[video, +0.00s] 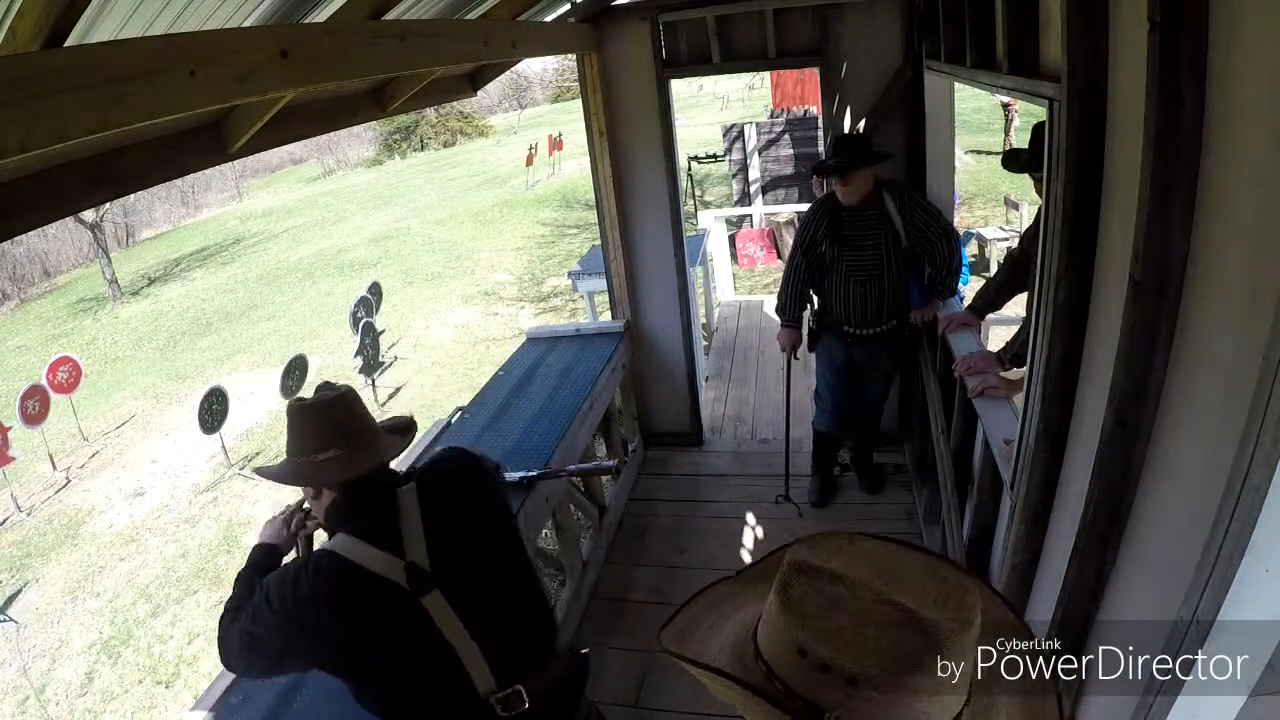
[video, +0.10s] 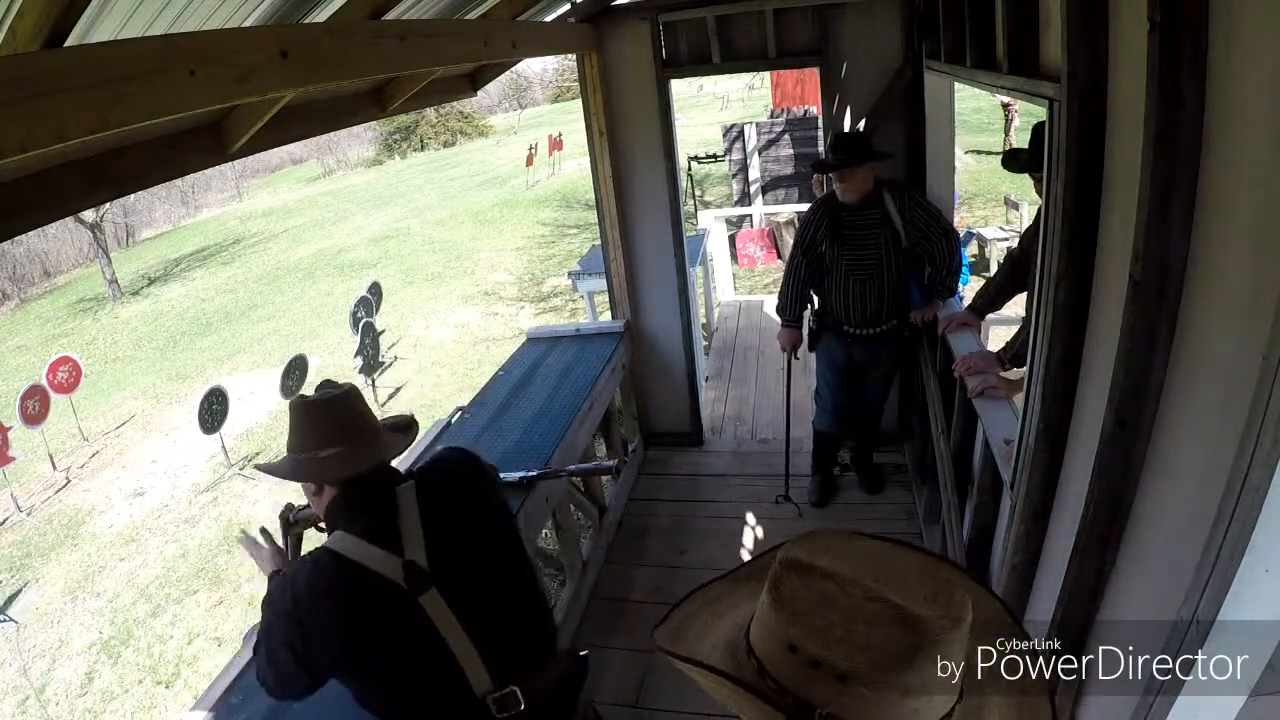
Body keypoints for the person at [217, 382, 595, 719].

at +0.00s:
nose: (303, 494)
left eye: (303, 483)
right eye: (303, 484)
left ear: (317, 489)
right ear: (384, 453)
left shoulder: (314, 591)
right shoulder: (466, 476)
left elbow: (235, 642)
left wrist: (267, 550)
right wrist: (339, 507)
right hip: (557, 683)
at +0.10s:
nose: (303, 492)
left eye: (303, 481)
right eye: (300, 482)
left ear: (318, 485)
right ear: (384, 452)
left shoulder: (312, 589)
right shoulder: (464, 473)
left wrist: (278, 579)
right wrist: (338, 509)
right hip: (553, 682)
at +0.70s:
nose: (311, 481)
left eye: (314, 473)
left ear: (325, 481)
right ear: (393, 451)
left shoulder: (310, 577)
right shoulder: (464, 478)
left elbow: (283, 622)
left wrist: (276, 528)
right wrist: (354, 487)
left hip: (439, 716)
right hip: (547, 683)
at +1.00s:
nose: (342, 465)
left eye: (342, 457)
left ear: (351, 466)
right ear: (421, 435)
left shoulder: (325, 559)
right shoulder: (488, 464)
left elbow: (287, 591)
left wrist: (282, 510)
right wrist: (380, 476)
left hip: (435, 715)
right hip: (546, 685)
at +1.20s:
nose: (355, 437)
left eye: (357, 428)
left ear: (363, 434)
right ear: (442, 415)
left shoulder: (344, 531)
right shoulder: (504, 459)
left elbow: (322, 520)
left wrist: (306, 471)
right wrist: (385, 461)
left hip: (450, 703)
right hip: (552, 672)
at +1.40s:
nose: (415, 417)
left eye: (418, 409)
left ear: (425, 415)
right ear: (493, 397)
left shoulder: (402, 498)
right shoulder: (555, 447)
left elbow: (370, 553)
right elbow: (586, 543)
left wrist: (381, 463)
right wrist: (438, 458)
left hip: (496, 682)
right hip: (588, 649)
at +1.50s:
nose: (456, 396)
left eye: (458, 386)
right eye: (457, 385)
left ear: (470, 392)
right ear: (530, 379)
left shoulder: (453, 476)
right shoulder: (589, 433)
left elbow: (396, 545)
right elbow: (615, 526)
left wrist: (388, 467)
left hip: (530, 648)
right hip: (611, 619)